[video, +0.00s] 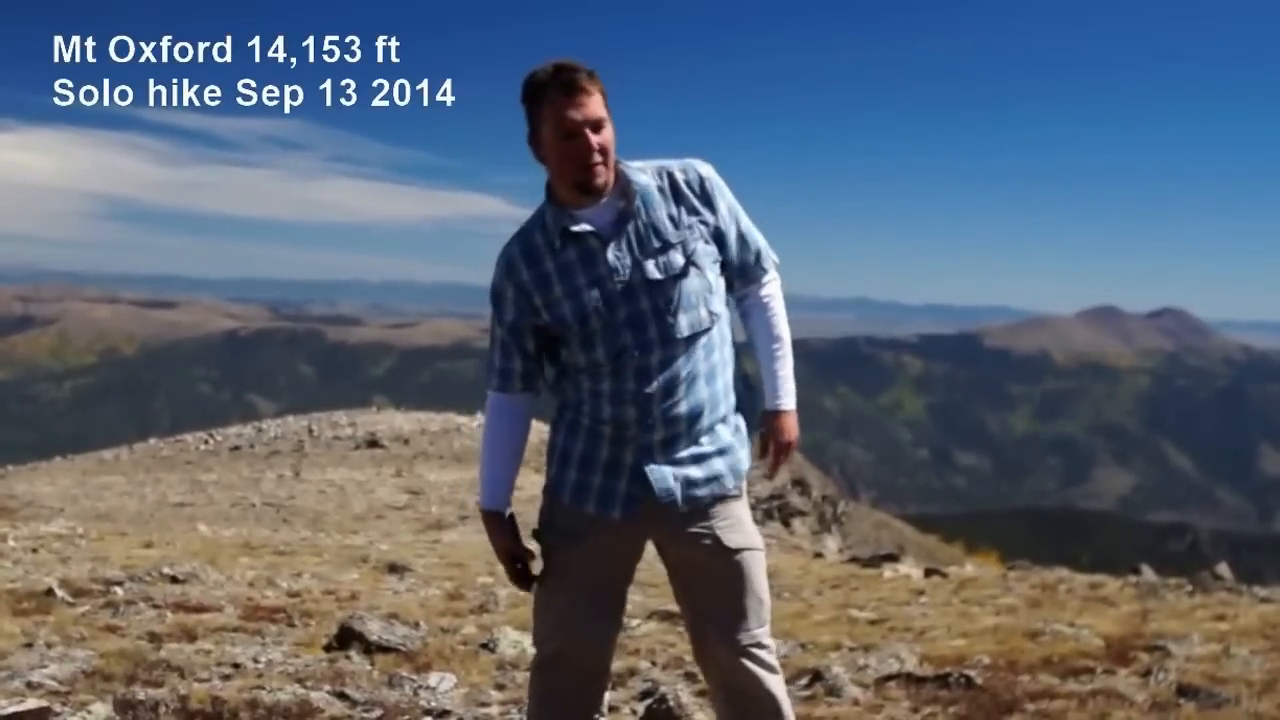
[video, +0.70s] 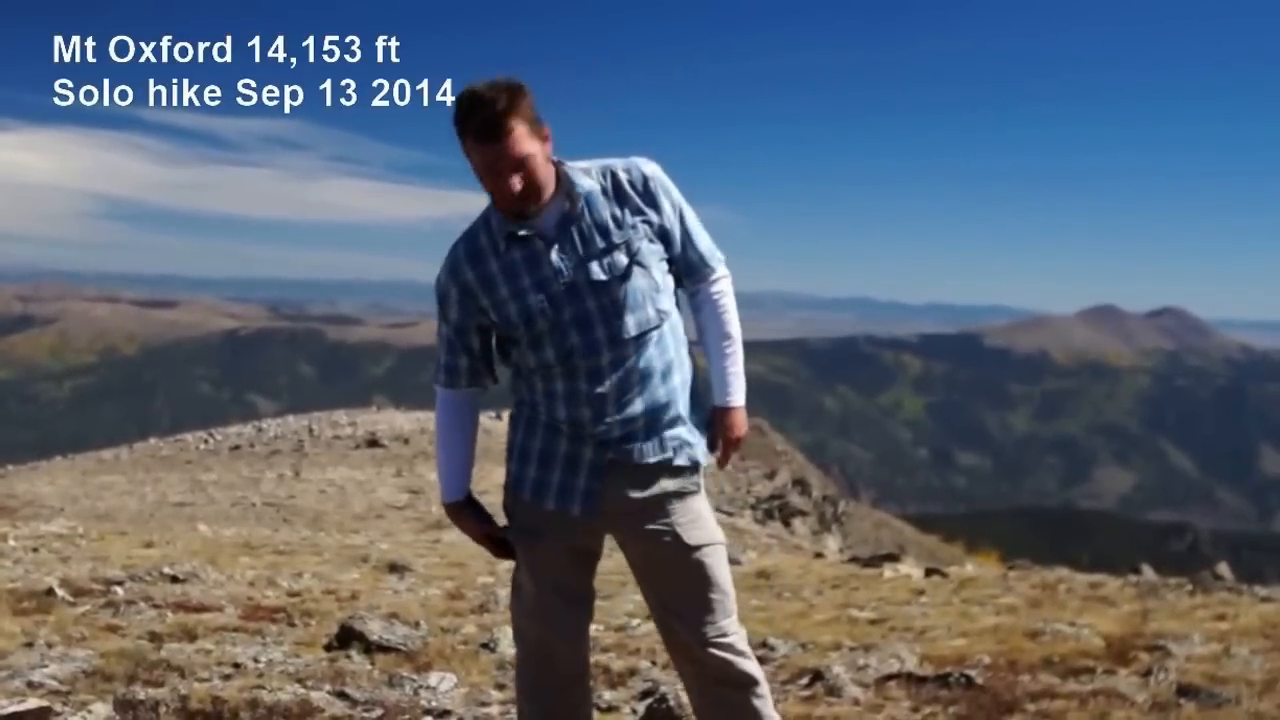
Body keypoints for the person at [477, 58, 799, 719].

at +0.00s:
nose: (591, 142)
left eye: (598, 125)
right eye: (571, 132)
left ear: (613, 127)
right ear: (538, 145)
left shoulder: (692, 189)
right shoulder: (525, 263)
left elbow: (758, 283)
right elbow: (509, 393)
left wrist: (780, 400)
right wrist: (493, 507)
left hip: (704, 465)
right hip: (591, 479)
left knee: (743, 660)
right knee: (565, 672)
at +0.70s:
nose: (510, 186)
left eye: (519, 165)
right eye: (490, 174)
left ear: (547, 140)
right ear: (471, 167)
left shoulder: (637, 187)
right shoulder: (470, 267)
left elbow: (708, 278)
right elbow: (457, 387)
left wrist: (730, 398)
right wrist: (455, 494)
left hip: (659, 457)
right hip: (548, 471)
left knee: (714, 650)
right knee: (548, 667)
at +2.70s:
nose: (487, 171)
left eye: (496, 152)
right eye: (468, 160)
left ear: (520, 134)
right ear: (444, 158)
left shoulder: (606, 187)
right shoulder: (436, 255)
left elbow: (679, 285)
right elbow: (438, 367)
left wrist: (700, 406)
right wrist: (462, 468)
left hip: (641, 445)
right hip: (530, 460)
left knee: (686, 640)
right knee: (540, 656)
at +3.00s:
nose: (581, 170)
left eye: (589, 153)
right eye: (563, 158)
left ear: (608, 133)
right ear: (533, 151)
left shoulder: (679, 199)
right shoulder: (500, 241)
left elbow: (732, 304)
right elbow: (469, 353)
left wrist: (744, 423)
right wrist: (435, 455)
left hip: (681, 461)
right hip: (570, 470)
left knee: (733, 656)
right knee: (556, 666)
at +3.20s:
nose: (670, 177)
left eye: (678, 160)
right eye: (653, 164)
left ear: (691, 141)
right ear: (615, 151)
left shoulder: (747, 207)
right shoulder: (568, 238)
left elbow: (790, 316)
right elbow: (526, 343)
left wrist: (797, 434)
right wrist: (468, 432)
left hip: (737, 469)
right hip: (624, 474)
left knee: (763, 664)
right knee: (582, 661)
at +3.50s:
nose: (750, 187)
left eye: (758, 171)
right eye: (735, 173)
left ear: (769, 155)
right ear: (696, 158)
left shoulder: (816, 223)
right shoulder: (641, 238)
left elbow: (856, 339)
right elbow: (598, 349)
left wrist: (877, 449)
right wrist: (553, 446)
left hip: (788, 481)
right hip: (676, 482)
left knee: (791, 671)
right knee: (631, 660)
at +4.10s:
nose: (695, 168)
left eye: (707, 153)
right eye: (681, 150)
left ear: (720, 148)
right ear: (644, 140)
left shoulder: (747, 233)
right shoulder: (571, 230)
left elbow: (769, 355)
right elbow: (519, 332)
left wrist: (790, 455)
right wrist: (493, 405)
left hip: (707, 486)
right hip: (593, 485)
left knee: (745, 670)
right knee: (564, 663)